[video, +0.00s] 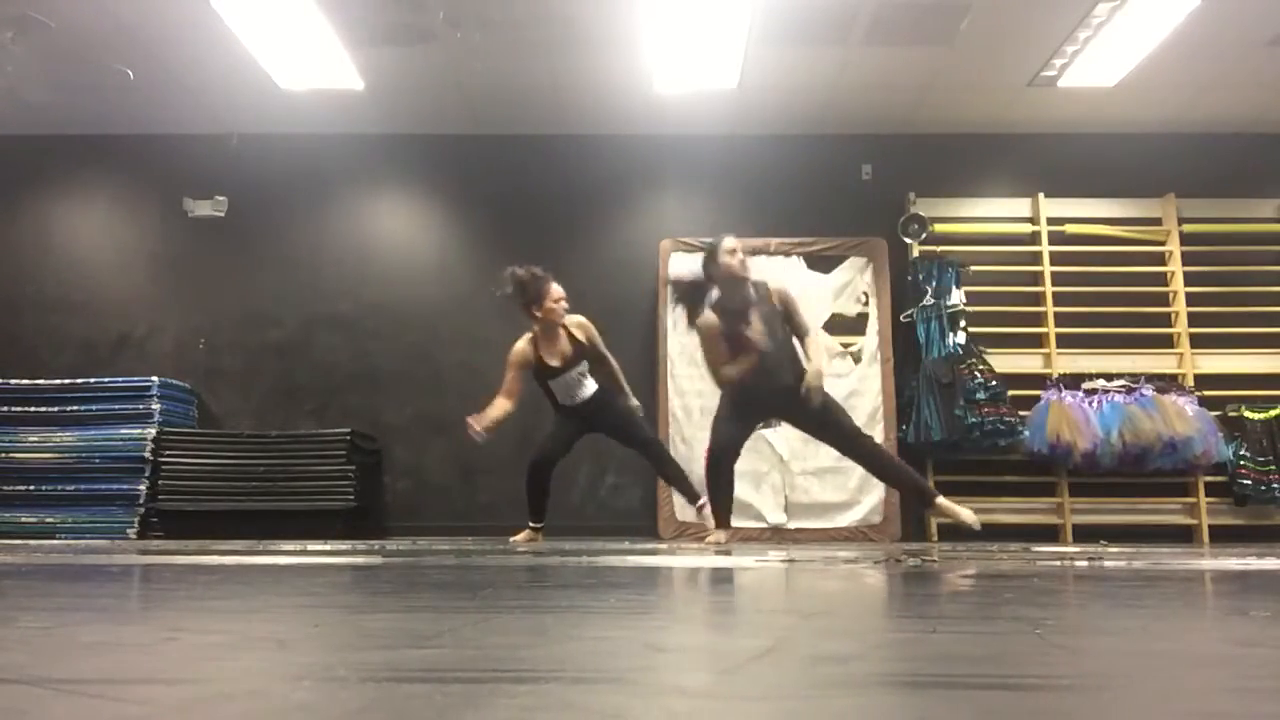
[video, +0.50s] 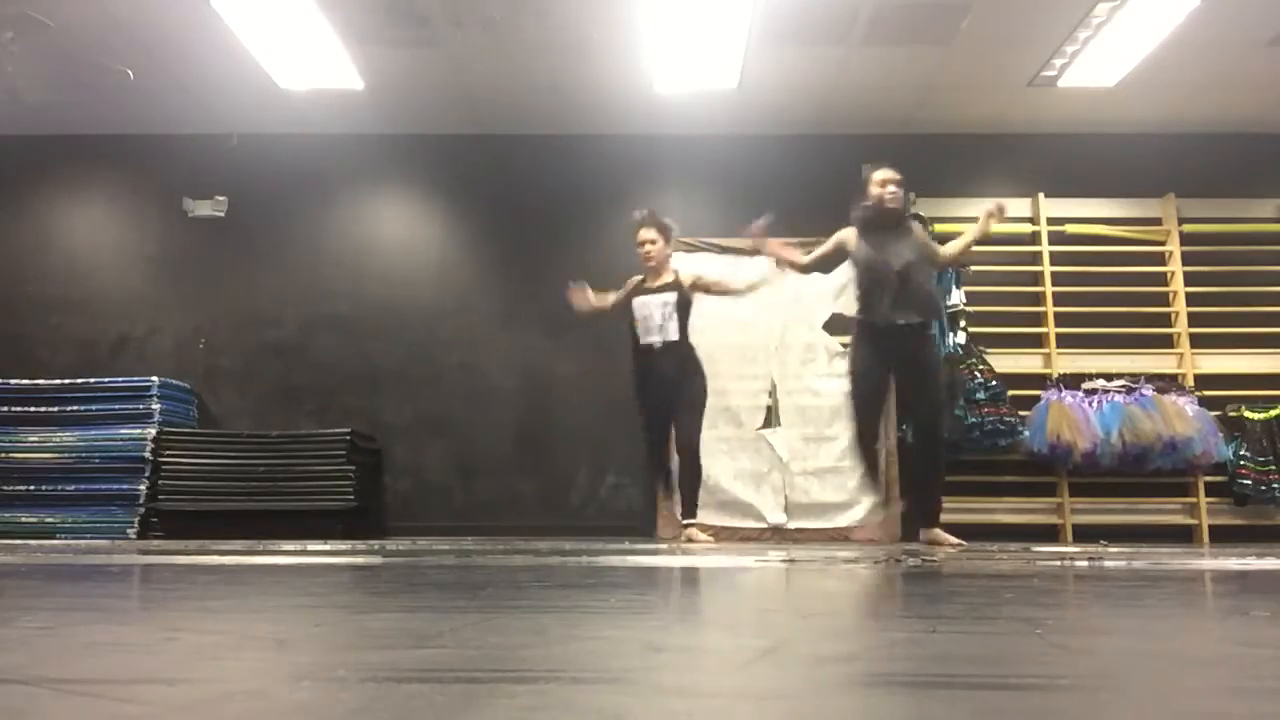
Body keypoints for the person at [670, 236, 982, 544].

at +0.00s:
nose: (742, 257)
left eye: (741, 251)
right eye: (731, 254)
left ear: (745, 258)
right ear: (714, 268)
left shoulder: (774, 295)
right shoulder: (710, 320)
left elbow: (809, 334)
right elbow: (722, 376)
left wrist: (816, 366)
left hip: (793, 391)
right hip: (744, 401)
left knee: (861, 446)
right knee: (719, 455)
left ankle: (937, 501)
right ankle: (721, 529)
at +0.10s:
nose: (761, 269)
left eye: (763, 263)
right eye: (750, 265)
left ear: (769, 270)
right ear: (735, 279)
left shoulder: (795, 307)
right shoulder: (731, 323)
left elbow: (811, 361)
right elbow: (758, 376)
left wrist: (805, 388)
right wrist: (799, 360)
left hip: (801, 384)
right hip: (756, 390)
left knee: (862, 442)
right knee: (731, 448)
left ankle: (940, 512)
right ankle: (721, 529)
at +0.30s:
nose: (833, 211)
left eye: (839, 205)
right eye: (824, 205)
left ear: (848, 214)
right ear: (809, 218)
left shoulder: (869, 255)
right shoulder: (796, 270)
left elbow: (888, 311)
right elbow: (772, 330)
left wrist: (916, 361)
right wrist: (739, 374)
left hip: (864, 363)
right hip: (819, 367)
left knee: (915, 436)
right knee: (776, 438)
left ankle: (926, 527)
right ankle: (727, 522)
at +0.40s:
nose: (864, 194)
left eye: (869, 188)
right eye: (855, 189)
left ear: (879, 195)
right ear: (838, 200)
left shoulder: (893, 240)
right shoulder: (824, 249)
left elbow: (931, 271)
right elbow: (780, 288)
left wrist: (977, 276)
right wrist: (732, 298)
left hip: (899, 347)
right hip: (853, 350)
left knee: (925, 432)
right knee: (822, 428)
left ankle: (927, 527)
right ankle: (800, 495)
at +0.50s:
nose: (891, 190)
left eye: (897, 185)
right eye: (882, 184)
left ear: (905, 194)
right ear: (867, 194)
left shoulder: (915, 233)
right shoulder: (851, 236)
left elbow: (946, 256)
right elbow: (806, 265)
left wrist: (980, 228)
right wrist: (769, 247)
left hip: (916, 340)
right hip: (872, 339)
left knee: (927, 428)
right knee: (866, 425)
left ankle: (926, 524)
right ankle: (876, 508)